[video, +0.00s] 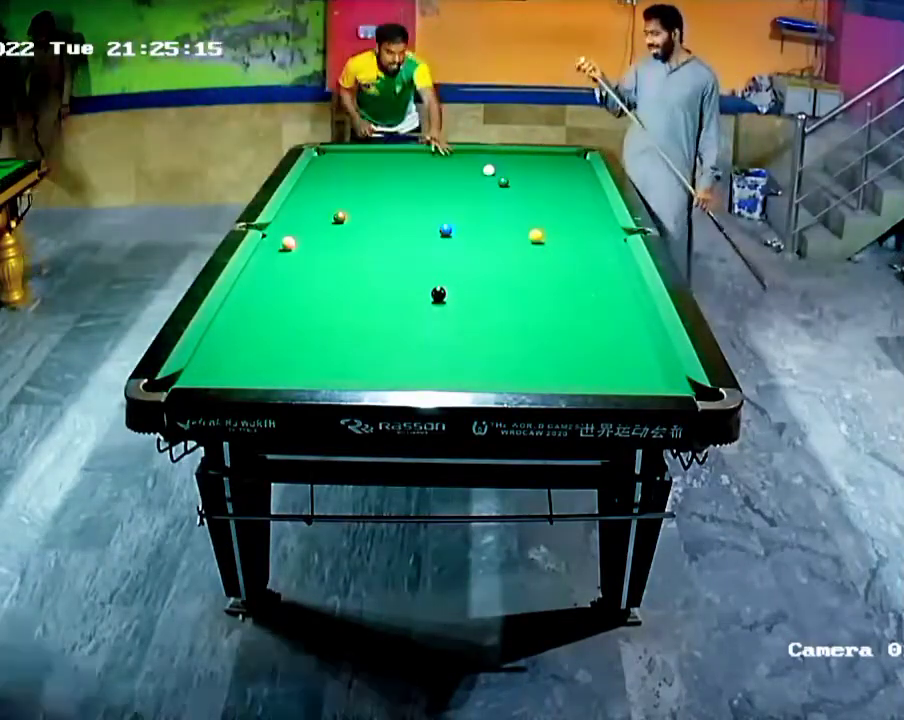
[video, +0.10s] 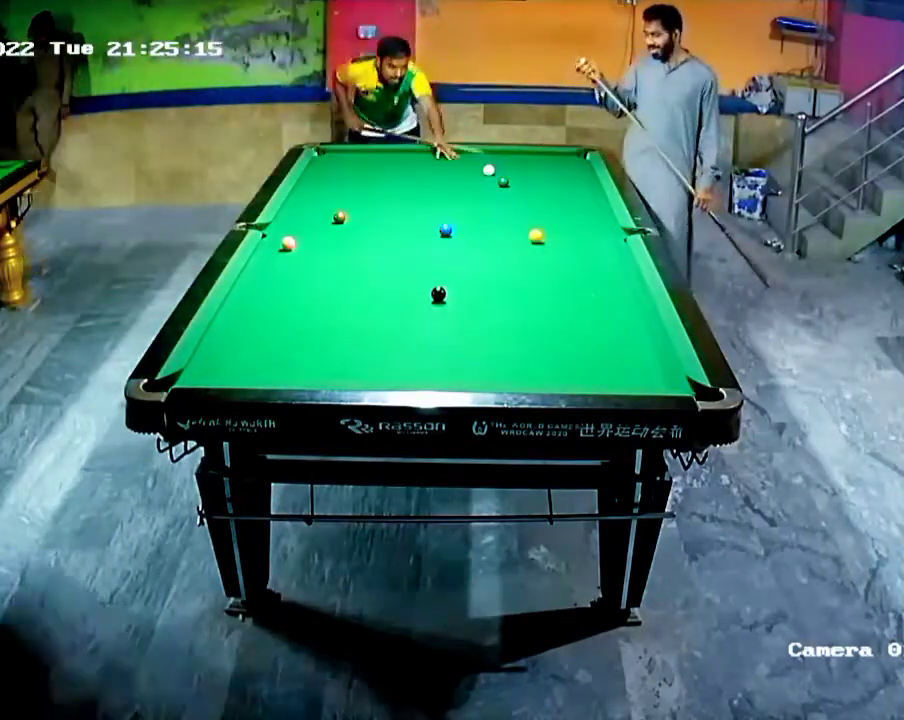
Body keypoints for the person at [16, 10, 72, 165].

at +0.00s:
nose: (36, 39)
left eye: (39, 34)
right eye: (35, 35)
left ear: (49, 32)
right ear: (33, 33)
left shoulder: (59, 49)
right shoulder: (33, 50)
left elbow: (67, 76)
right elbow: (24, 77)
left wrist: (65, 104)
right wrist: (24, 102)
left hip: (54, 95)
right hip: (35, 94)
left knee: (48, 128)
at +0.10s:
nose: (39, 36)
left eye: (42, 32)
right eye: (36, 32)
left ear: (49, 31)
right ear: (32, 32)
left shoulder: (59, 51)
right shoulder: (32, 52)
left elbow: (67, 77)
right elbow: (25, 77)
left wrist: (65, 103)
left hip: (50, 98)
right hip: (31, 97)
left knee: (46, 131)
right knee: (22, 127)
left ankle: (45, 163)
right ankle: (31, 160)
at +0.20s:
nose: (38, 35)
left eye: (43, 31)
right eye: (35, 31)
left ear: (50, 31)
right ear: (32, 31)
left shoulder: (60, 51)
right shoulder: (29, 51)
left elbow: (67, 78)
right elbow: (20, 79)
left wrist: (65, 103)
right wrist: (15, 104)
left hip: (50, 95)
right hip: (31, 95)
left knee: (45, 128)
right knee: (21, 123)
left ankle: (44, 163)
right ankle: (29, 161)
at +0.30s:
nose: (38, 36)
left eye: (42, 31)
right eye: (35, 31)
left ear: (49, 31)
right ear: (32, 32)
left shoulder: (60, 51)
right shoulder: (31, 52)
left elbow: (67, 78)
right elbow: (20, 79)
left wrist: (65, 103)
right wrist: (17, 104)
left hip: (51, 96)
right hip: (33, 95)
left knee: (45, 128)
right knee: (21, 120)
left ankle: (44, 163)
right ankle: (32, 159)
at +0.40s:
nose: (39, 35)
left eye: (43, 30)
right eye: (36, 30)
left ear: (50, 31)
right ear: (32, 31)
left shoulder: (60, 50)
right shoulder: (30, 51)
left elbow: (67, 78)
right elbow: (20, 79)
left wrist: (65, 103)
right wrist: (15, 106)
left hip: (51, 96)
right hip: (32, 95)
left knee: (44, 133)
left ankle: (44, 166)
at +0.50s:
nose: (39, 35)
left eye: (43, 30)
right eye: (36, 30)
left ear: (50, 31)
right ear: (32, 31)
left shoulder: (60, 50)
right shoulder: (30, 51)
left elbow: (67, 78)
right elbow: (20, 79)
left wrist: (65, 103)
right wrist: (15, 106)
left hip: (51, 96)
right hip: (32, 96)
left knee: (44, 134)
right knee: (22, 132)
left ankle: (44, 166)